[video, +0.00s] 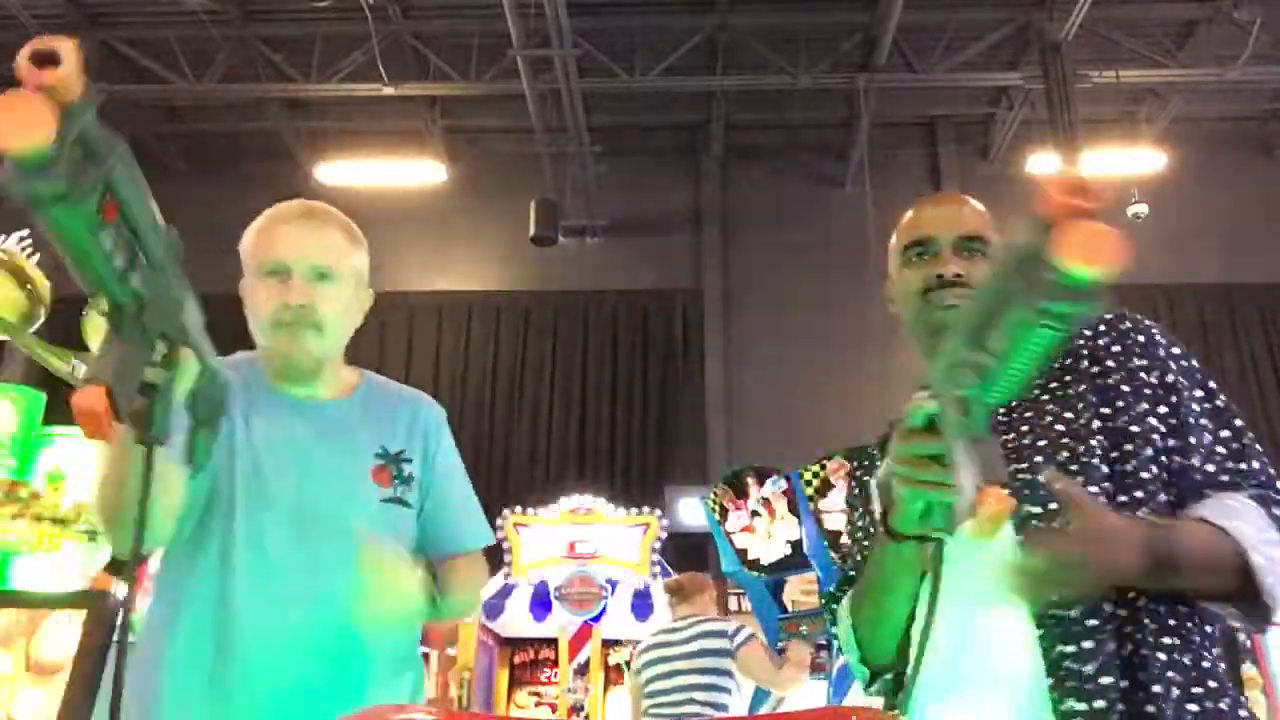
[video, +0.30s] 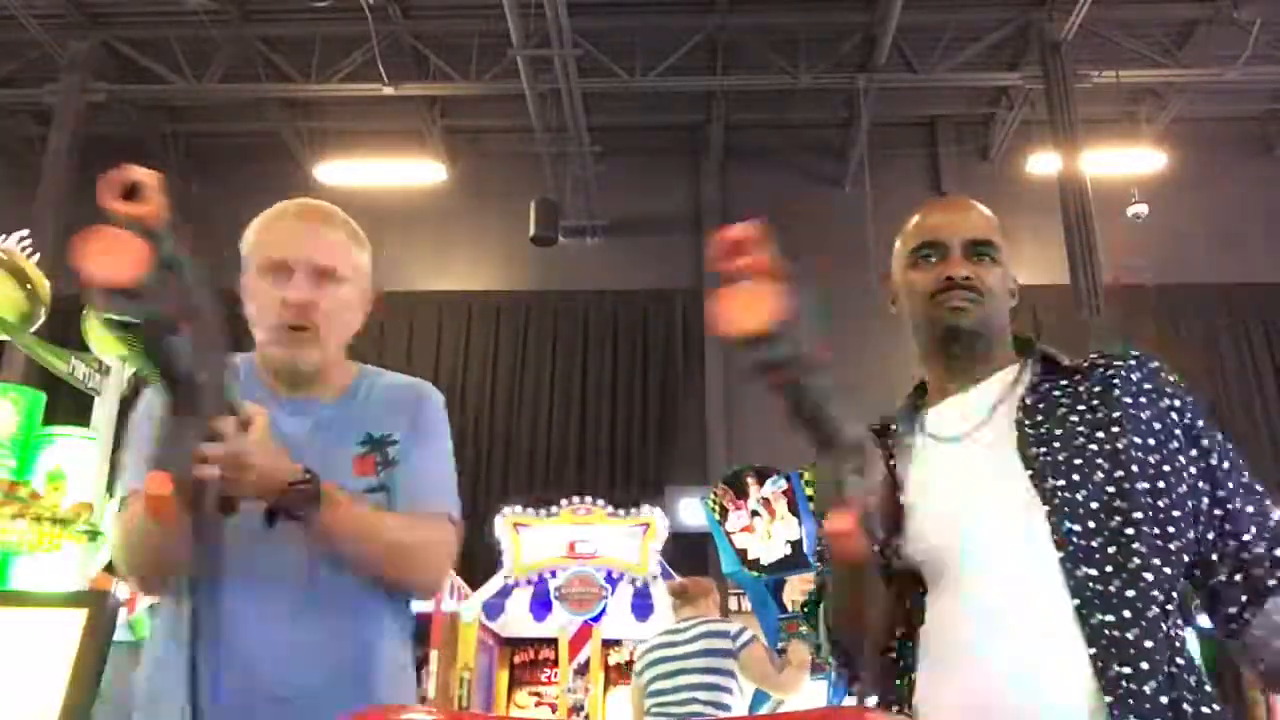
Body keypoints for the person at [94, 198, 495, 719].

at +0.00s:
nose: (297, 296)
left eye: (322, 277)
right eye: (276, 275)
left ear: (362, 303)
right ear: (245, 295)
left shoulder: (413, 422)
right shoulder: (195, 397)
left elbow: (466, 579)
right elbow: (131, 536)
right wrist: (141, 401)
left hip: (358, 711)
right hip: (190, 704)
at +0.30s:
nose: (299, 297)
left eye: (326, 277)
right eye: (278, 273)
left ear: (366, 305)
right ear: (244, 292)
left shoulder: (411, 407)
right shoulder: (181, 397)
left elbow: (429, 565)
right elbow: (145, 572)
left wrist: (289, 485)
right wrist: (186, 484)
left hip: (357, 706)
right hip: (198, 705)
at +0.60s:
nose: (307, 312)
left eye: (332, 294)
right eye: (285, 290)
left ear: (369, 319)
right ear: (253, 311)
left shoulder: (413, 421)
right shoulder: (200, 411)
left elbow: (426, 568)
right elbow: (169, 589)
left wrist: (279, 492)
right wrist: (162, 478)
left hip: (348, 707)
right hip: (204, 707)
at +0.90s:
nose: (280, 312)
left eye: (308, 293)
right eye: (261, 289)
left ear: (347, 325)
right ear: (228, 307)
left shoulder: (400, 419)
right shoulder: (175, 418)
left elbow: (431, 570)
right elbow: (168, 588)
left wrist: (302, 510)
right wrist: (208, 512)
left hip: (353, 708)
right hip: (199, 707)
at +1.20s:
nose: (324, 322)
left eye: (349, 306)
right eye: (304, 300)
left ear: (379, 335)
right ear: (265, 318)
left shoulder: (416, 431)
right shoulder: (200, 416)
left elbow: (431, 577)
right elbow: (173, 583)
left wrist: (300, 505)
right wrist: (204, 477)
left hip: (353, 709)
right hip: (205, 707)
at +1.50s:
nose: (315, 326)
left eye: (341, 309)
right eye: (295, 304)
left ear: (374, 333)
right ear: (260, 319)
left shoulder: (409, 429)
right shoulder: (194, 422)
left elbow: (435, 573)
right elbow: (182, 583)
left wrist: (316, 517)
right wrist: (234, 512)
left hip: (356, 707)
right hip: (203, 708)